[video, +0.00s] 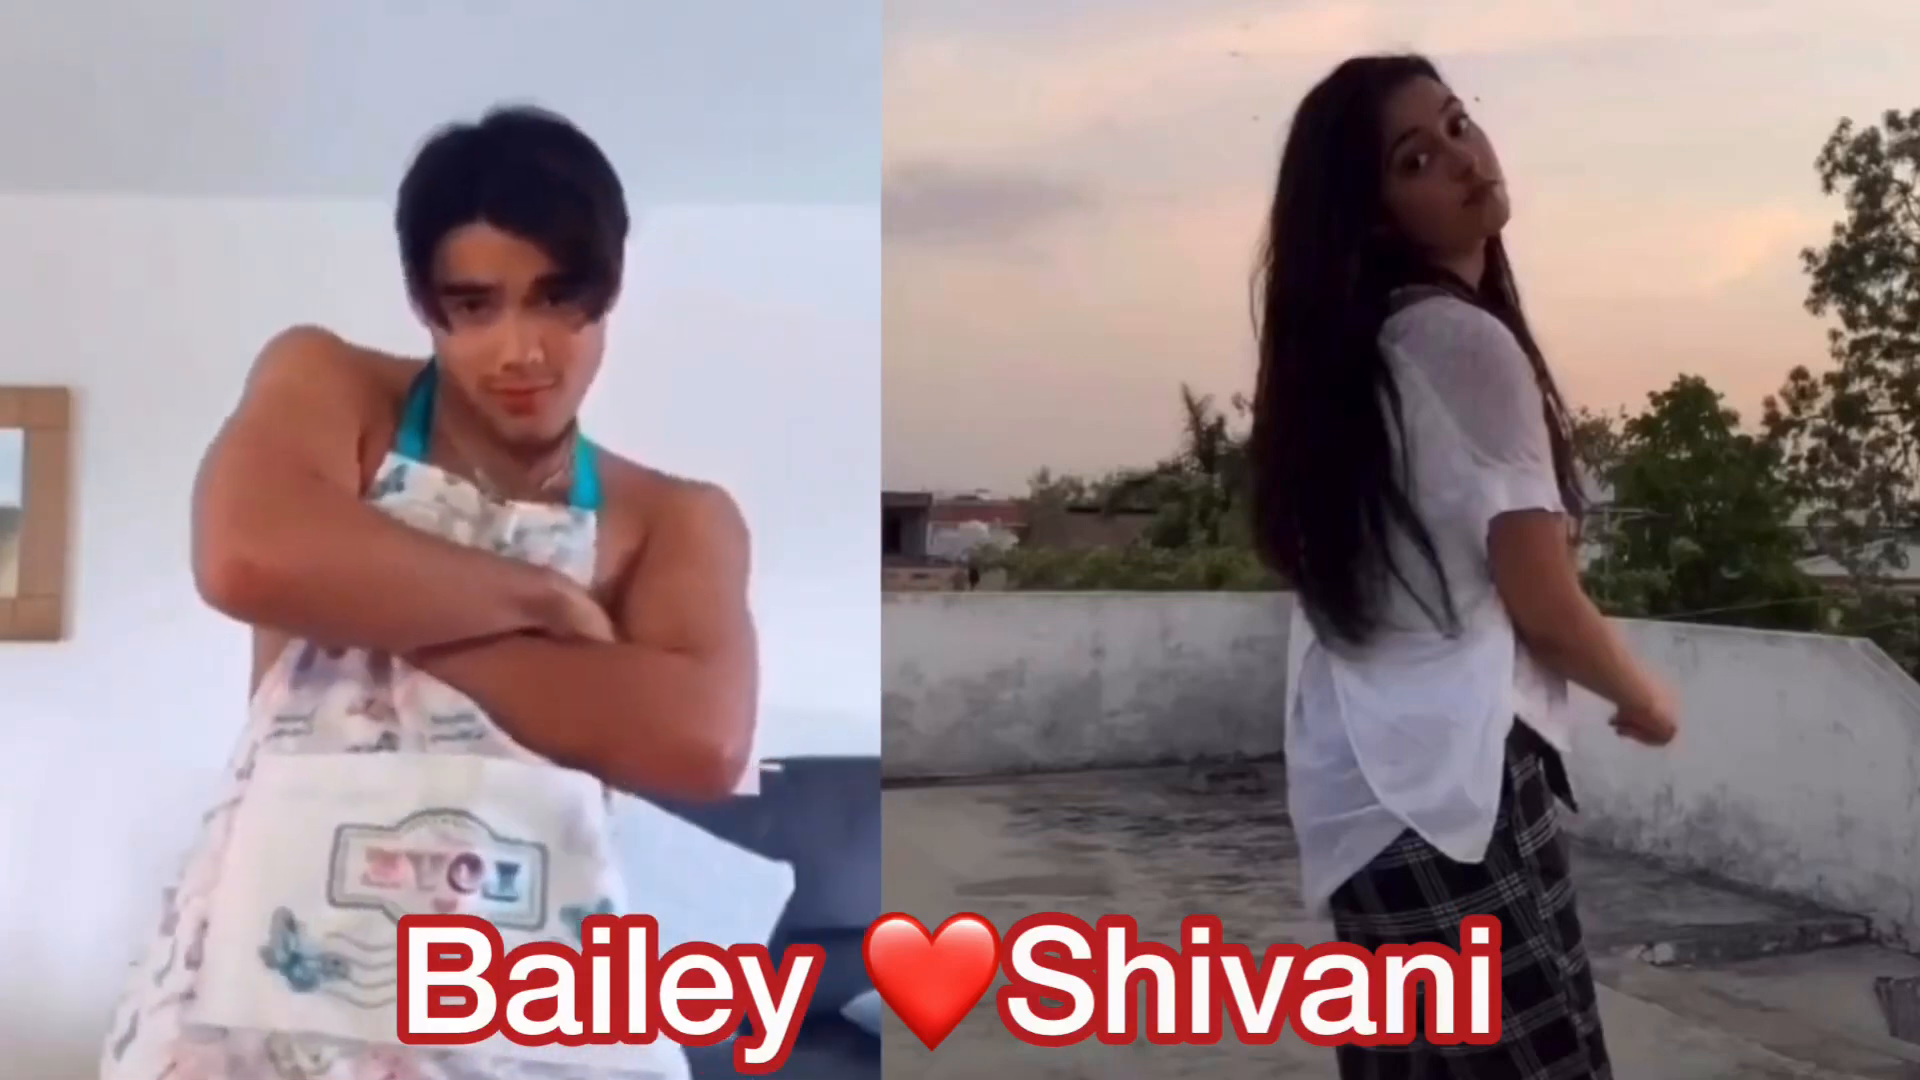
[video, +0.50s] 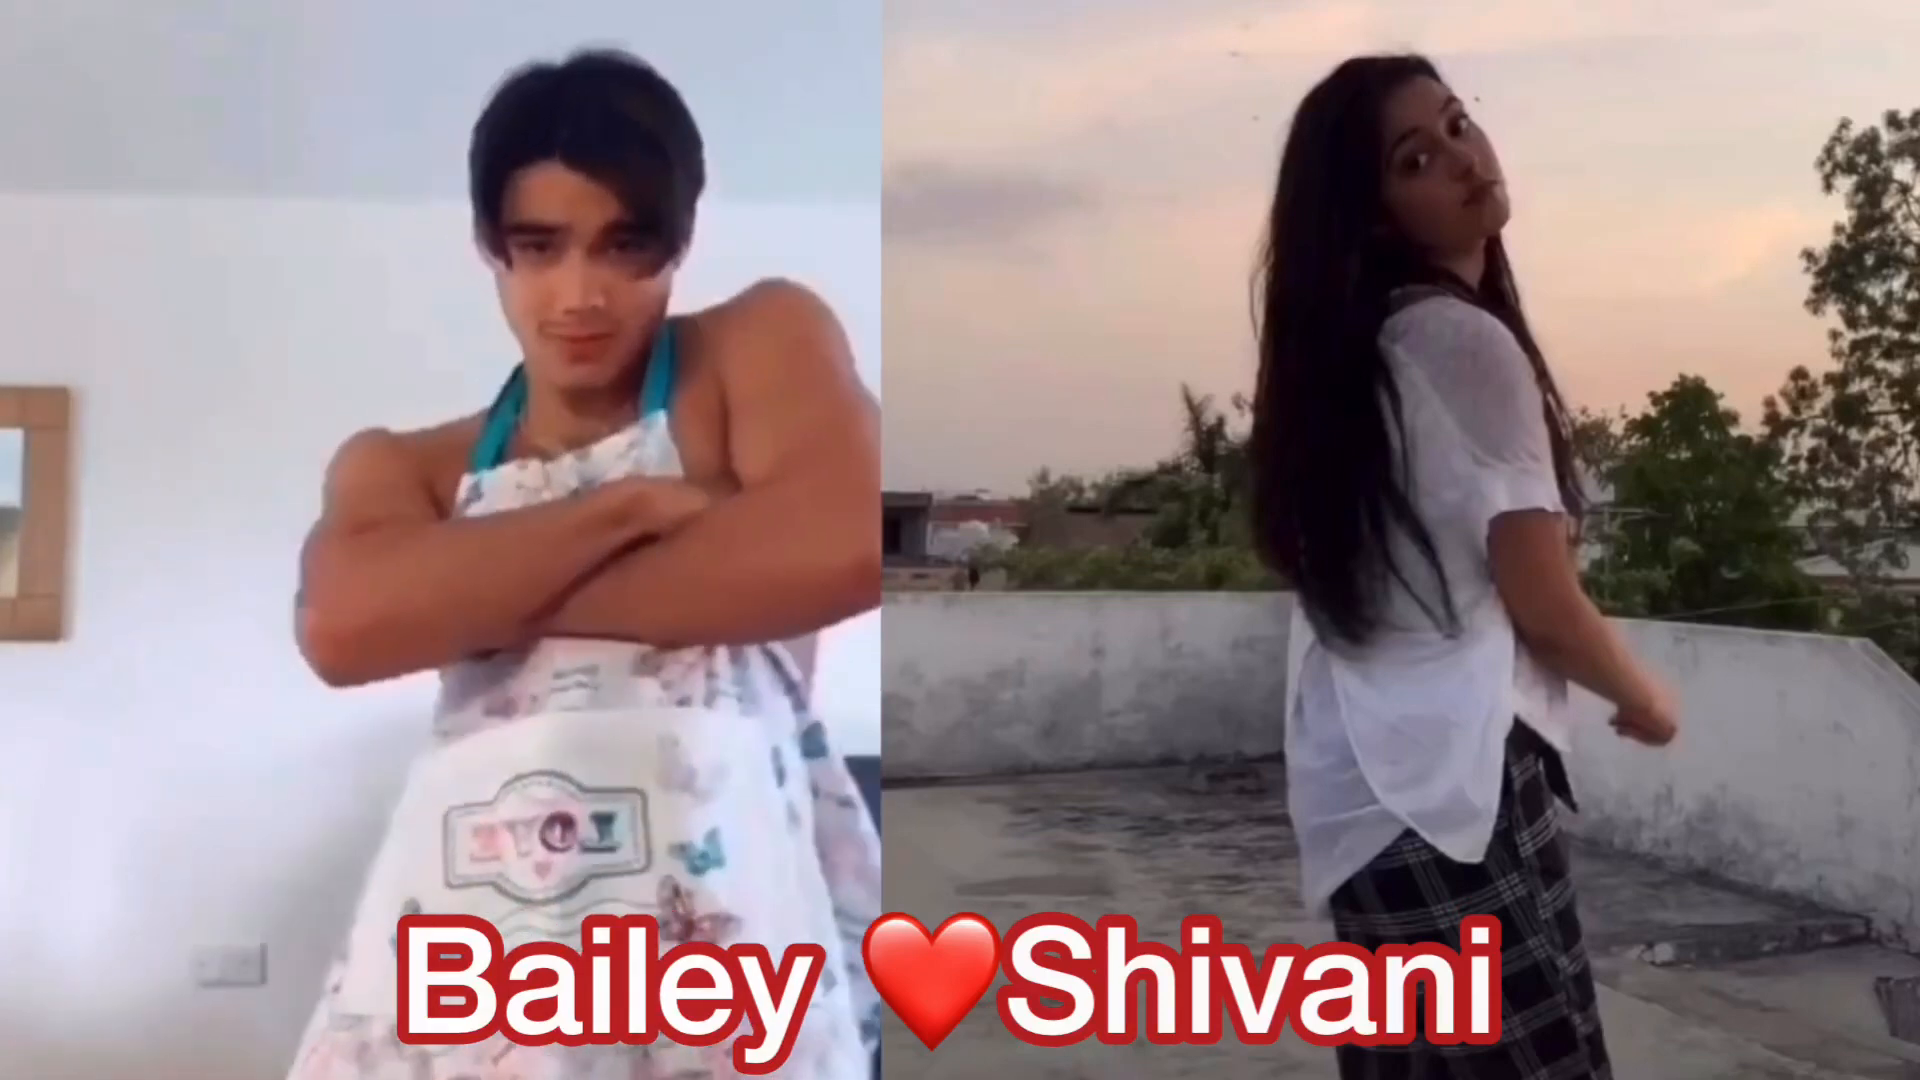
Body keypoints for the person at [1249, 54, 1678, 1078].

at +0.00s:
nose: (1467, 158)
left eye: (1459, 125)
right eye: (1418, 158)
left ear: (1480, 128)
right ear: (1370, 210)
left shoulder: (1352, 333)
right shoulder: (1464, 339)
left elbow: (1393, 566)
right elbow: (1545, 603)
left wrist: (1546, 665)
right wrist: (1642, 697)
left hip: (1362, 783)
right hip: (1451, 789)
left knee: (1397, 1056)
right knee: (1544, 1055)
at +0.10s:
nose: (1467, 158)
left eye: (1460, 125)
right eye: (1418, 158)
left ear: (1479, 128)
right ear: (1371, 210)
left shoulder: (1354, 332)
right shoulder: (1464, 339)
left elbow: (1395, 566)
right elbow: (1545, 603)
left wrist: (1547, 666)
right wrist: (1643, 697)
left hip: (1363, 784)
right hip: (1451, 790)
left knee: (1397, 1056)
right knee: (1544, 1055)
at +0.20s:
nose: (1467, 158)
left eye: (1459, 125)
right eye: (1418, 158)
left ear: (1480, 128)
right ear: (1370, 210)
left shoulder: (1352, 333)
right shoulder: (1464, 339)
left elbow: (1393, 566)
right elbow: (1545, 603)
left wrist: (1546, 665)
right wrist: (1642, 697)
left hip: (1362, 783)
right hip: (1451, 789)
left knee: (1397, 1056)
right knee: (1544, 1055)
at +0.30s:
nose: (1467, 158)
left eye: (1459, 125)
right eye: (1418, 158)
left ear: (1480, 128)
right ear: (1371, 210)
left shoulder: (1352, 333)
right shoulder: (1464, 339)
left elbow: (1392, 565)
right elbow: (1544, 602)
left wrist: (1545, 666)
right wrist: (1643, 697)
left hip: (1361, 783)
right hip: (1451, 789)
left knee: (1396, 1056)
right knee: (1544, 1055)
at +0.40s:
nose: (1467, 158)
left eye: (1459, 125)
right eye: (1418, 158)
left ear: (1480, 128)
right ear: (1371, 210)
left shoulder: (1352, 333)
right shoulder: (1464, 339)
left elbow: (1392, 565)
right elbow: (1544, 602)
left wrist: (1545, 666)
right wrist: (1643, 697)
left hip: (1361, 783)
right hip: (1451, 789)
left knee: (1396, 1056)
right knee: (1544, 1055)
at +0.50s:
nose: (1467, 158)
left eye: (1459, 125)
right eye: (1418, 158)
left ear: (1480, 128)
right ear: (1370, 210)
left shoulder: (1352, 333)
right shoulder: (1464, 339)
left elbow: (1393, 566)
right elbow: (1545, 603)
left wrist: (1546, 665)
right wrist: (1642, 697)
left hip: (1362, 783)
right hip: (1451, 789)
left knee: (1397, 1056)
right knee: (1544, 1055)